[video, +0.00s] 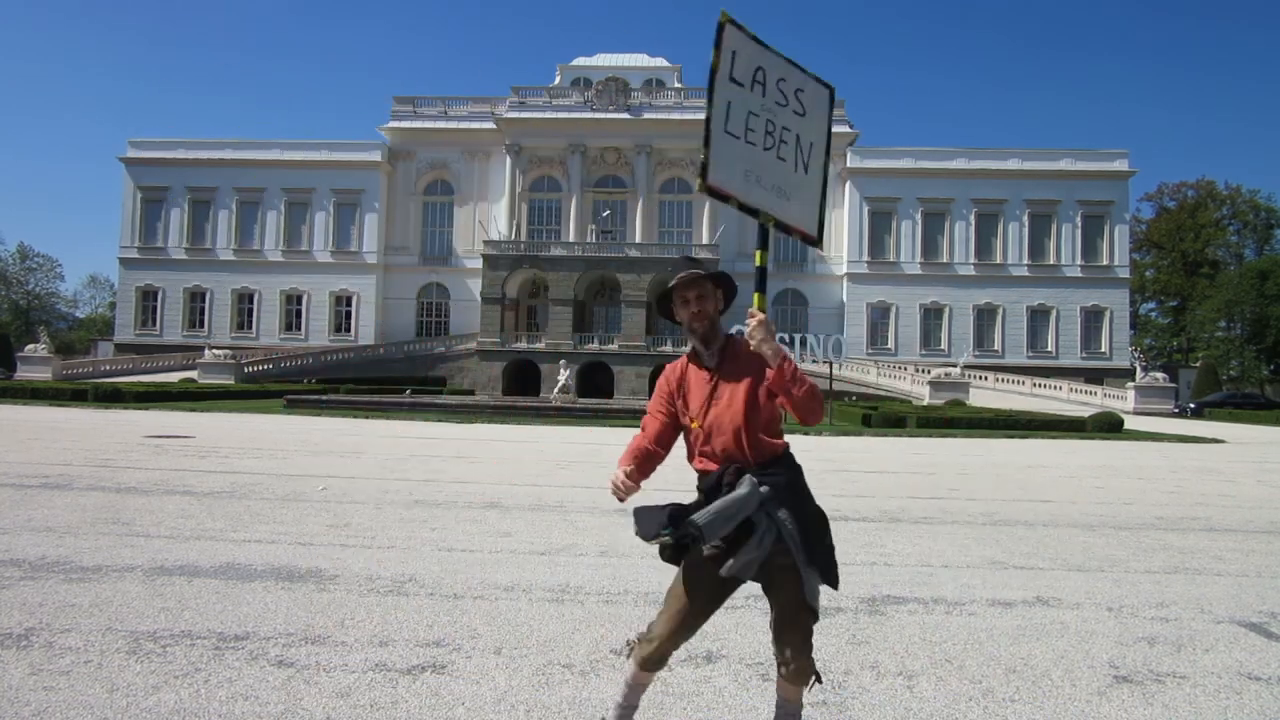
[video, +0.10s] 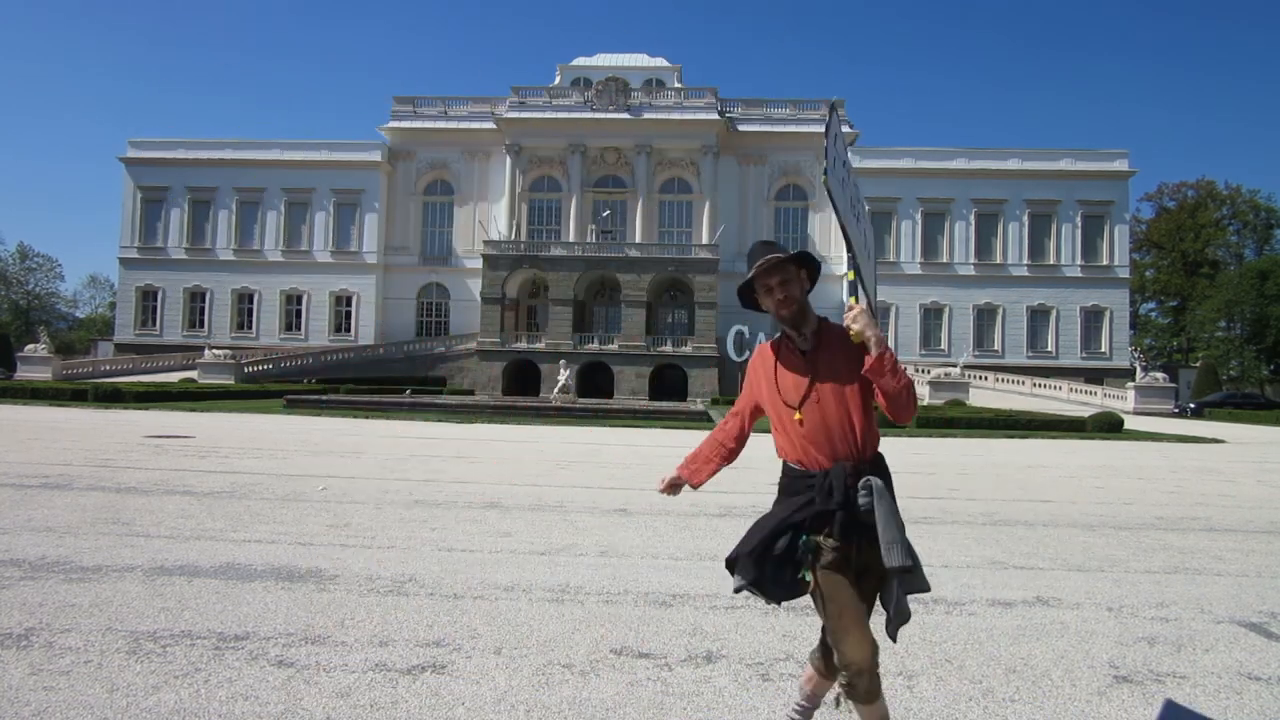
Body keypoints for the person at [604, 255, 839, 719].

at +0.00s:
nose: (695, 308)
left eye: (702, 297)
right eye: (685, 301)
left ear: (721, 300)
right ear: (675, 313)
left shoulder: (759, 356)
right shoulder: (677, 376)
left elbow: (812, 413)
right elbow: (653, 436)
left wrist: (773, 352)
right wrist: (629, 471)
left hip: (778, 501)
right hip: (718, 505)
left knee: (796, 643)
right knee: (665, 633)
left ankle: (787, 716)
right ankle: (622, 711)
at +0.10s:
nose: (780, 293)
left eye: (787, 281)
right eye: (768, 289)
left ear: (806, 280)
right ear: (760, 301)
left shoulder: (854, 341)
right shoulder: (764, 361)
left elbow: (903, 412)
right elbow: (734, 427)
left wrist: (877, 345)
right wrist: (688, 471)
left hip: (868, 496)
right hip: (807, 501)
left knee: (845, 637)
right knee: (859, 655)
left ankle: (799, 712)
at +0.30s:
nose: (819, 295)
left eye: (828, 281)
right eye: (806, 287)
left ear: (850, 283)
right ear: (791, 299)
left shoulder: (903, 366)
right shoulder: (781, 353)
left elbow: (927, 472)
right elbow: (708, 324)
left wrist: (884, 399)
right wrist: (645, 279)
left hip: (886, 540)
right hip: (817, 542)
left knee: (847, 706)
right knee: (821, 698)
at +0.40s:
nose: (723, 278)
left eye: (732, 260)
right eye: (709, 272)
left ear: (763, 259)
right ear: (702, 287)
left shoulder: (820, 352)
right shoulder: (728, 355)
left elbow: (814, 469)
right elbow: (703, 373)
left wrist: (768, 386)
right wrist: (651, 367)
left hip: (795, 552)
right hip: (726, 552)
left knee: (811, 706)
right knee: (684, 709)